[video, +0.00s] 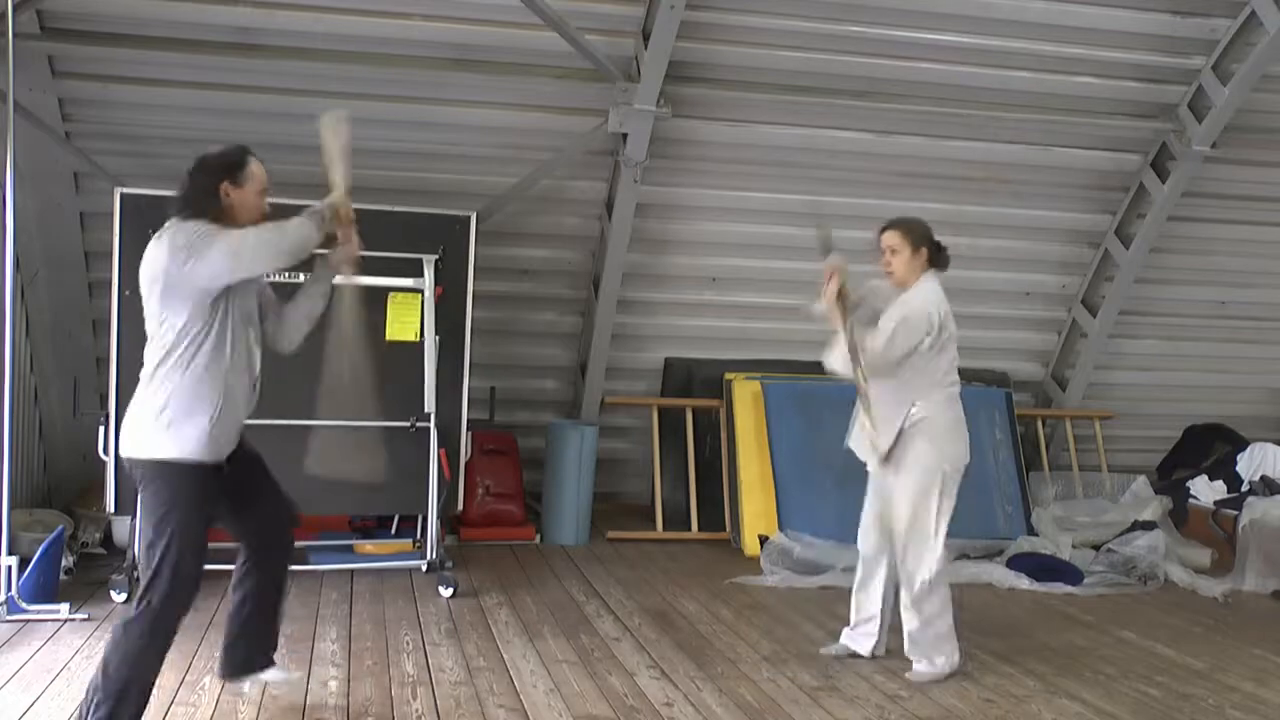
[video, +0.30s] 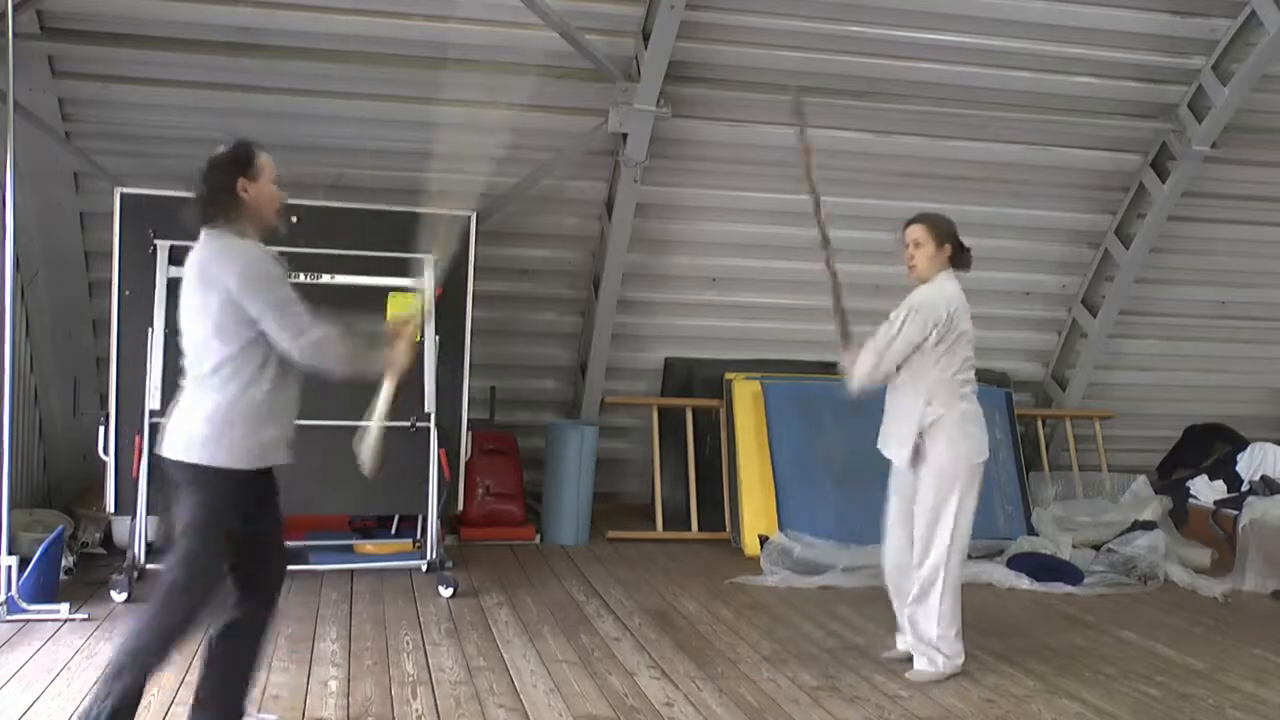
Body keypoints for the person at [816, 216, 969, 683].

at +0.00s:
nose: (885, 261)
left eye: (893, 252)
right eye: (883, 253)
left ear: (922, 255)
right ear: (893, 259)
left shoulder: (924, 302)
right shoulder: (904, 301)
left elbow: (874, 355)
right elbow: (853, 359)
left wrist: (837, 313)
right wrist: (838, 308)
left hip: (928, 437)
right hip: (894, 435)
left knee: (917, 547)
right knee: (875, 541)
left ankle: (938, 656)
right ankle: (862, 639)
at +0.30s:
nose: (908, 255)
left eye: (917, 246)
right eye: (906, 247)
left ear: (946, 252)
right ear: (914, 254)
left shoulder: (934, 300)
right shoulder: (930, 296)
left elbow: (874, 365)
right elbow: (894, 345)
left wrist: (856, 366)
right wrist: (862, 353)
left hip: (948, 440)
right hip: (919, 438)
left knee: (933, 547)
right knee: (902, 544)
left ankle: (940, 653)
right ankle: (916, 636)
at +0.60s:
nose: (911, 260)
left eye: (921, 251)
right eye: (908, 253)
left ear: (948, 256)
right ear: (908, 261)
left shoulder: (968, 297)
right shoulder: (903, 315)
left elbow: (926, 355)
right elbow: (896, 393)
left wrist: (873, 368)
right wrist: (867, 386)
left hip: (978, 441)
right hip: (922, 442)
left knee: (975, 542)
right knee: (919, 544)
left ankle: (1003, 649)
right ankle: (924, 641)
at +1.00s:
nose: (967, 264)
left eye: (977, 255)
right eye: (965, 256)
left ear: (1004, 263)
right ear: (964, 266)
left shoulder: (1026, 296)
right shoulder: (963, 314)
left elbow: (985, 330)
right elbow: (951, 369)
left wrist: (934, 338)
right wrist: (935, 351)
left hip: (1029, 448)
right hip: (970, 446)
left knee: (1057, 555)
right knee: (943, 547)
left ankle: (1085, 664)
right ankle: (921, 641)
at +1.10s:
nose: (970, 250)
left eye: (982, 244)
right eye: (962, 244)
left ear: (1019, 252)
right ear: (971, 254)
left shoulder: (1052, 290)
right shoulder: (986, 292)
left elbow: (1031, 251)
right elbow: (971, 274)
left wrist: (977, 229)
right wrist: (975, 230)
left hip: (1048, 432)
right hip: (989, 429)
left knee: (1062, 551)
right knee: (962, 537)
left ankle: (1085, 666)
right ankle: (932, 640)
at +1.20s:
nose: (1009, 246)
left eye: (1015, 239)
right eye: (1001, 241)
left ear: (1036, 244)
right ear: (993, 248)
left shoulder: (1062, 292)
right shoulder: (989, 296)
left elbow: (1062, 228)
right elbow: (989, 247)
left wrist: (1013, 175)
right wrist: (1007, 180)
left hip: (1059, 441)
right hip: (997, 440)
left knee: (1069, 557)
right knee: (972, 542)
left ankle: (1085, 667)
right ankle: (959, 645)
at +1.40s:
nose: (1038, 249)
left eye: (1046, 244)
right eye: (1033, 243)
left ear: (1062, 253)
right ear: (1018, 250)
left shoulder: (1075, 295)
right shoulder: (998, 296)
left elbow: (1094, 243)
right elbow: (1024, 249)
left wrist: (1061, 189)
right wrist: (1051, 192)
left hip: (1074, 434)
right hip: (1012, 435)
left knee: (1089, 551)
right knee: (1004, 547)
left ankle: (1090, 661)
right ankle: (1000, 651)